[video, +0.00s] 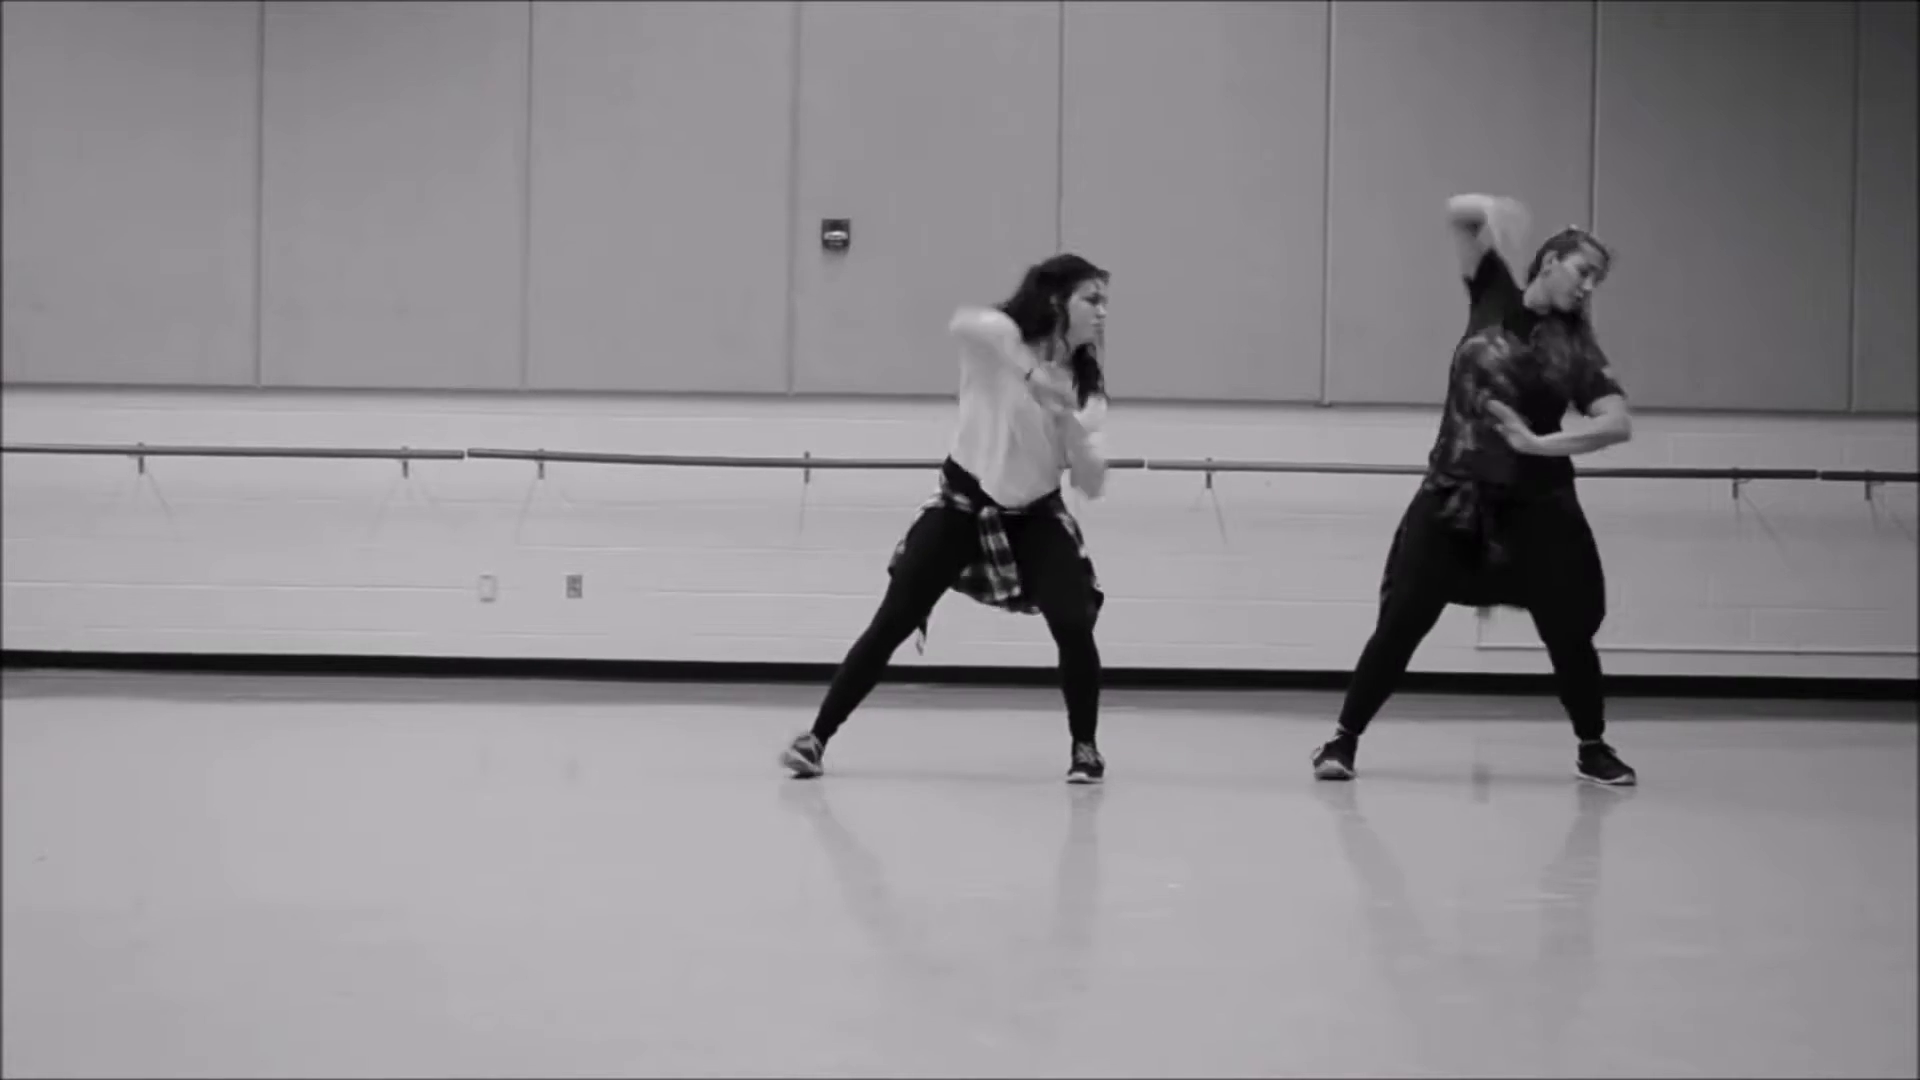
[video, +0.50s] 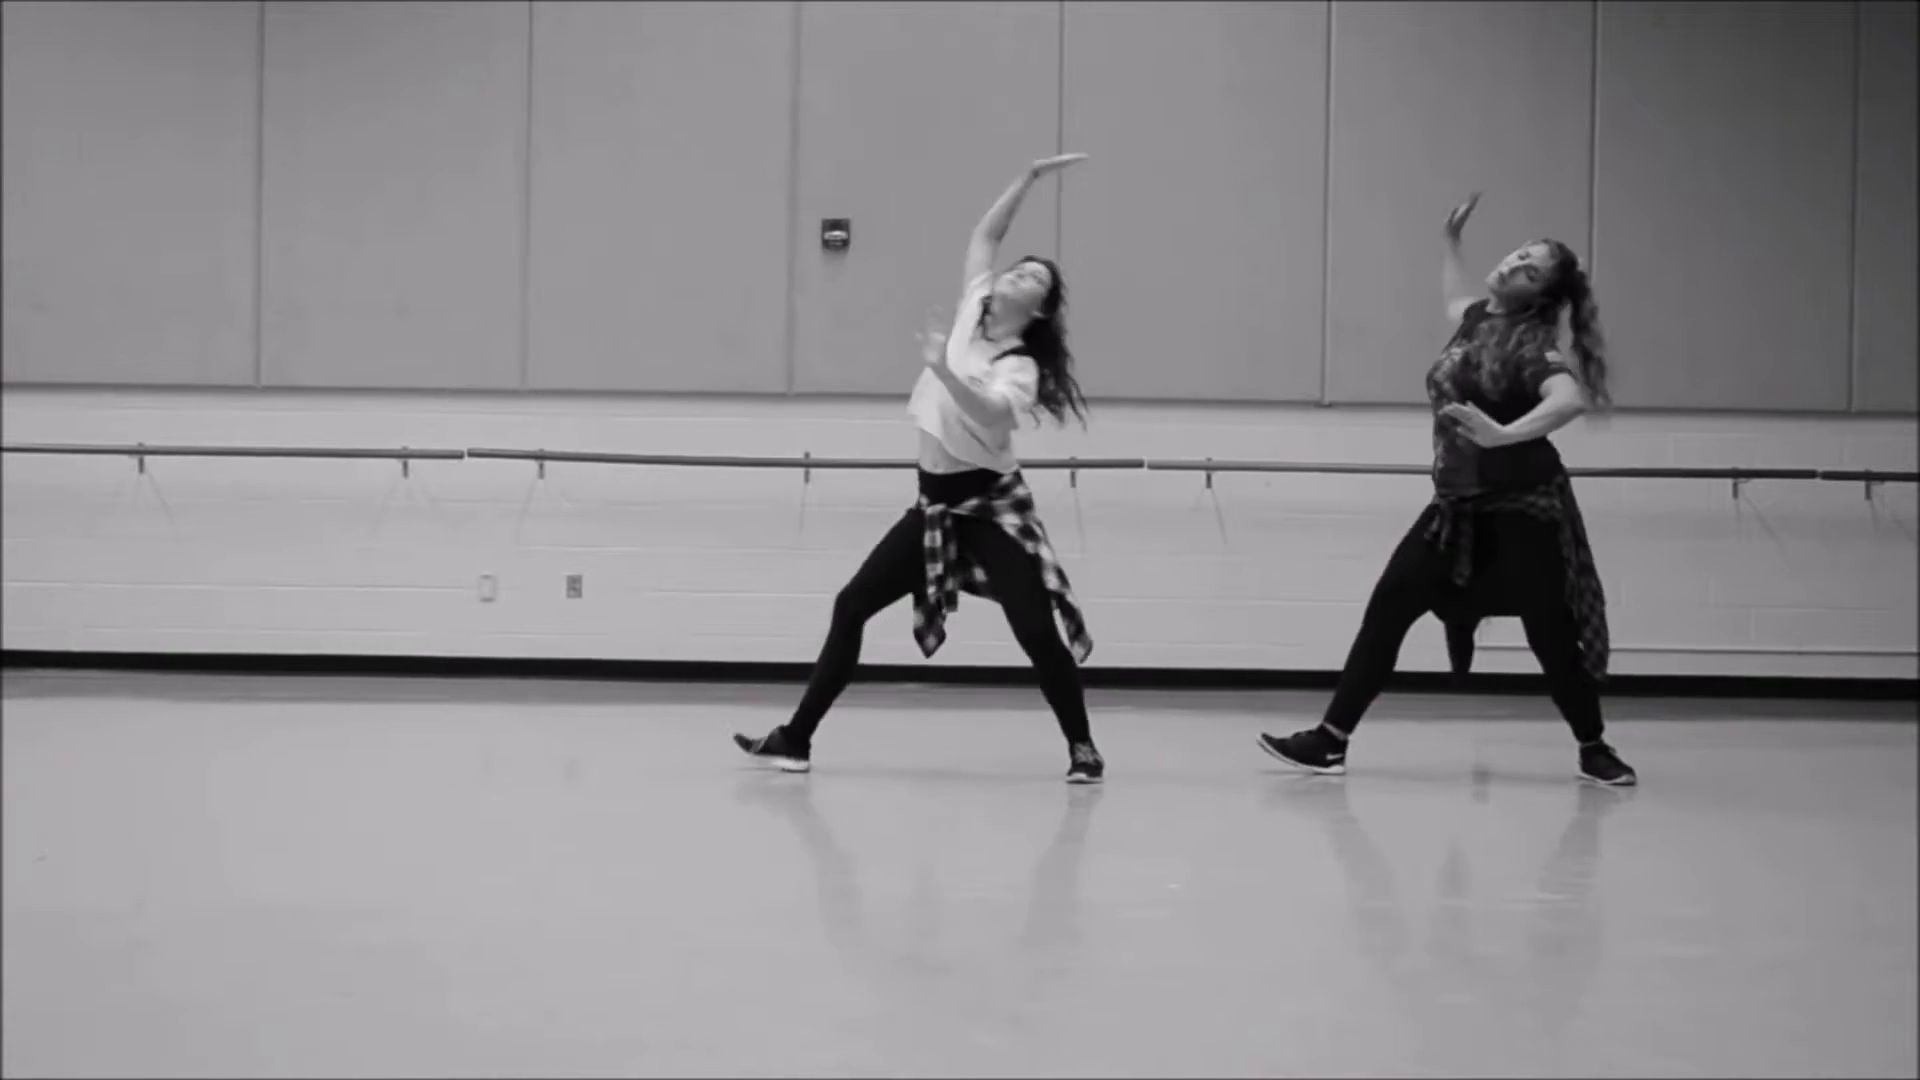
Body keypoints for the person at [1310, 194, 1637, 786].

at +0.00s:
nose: (1589, 286)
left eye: (1595, 279)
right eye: (1584, 270)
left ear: (1592, 286)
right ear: (1550, 259)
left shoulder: (1577, 349)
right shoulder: (1493, 297)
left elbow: (1616, 423)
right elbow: (1458, 215)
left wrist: (1538, 443)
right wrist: (1494, 210)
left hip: (1535, 507)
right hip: (1453, 497)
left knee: (1569, 635)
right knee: (1401, 623)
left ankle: (1593, 748)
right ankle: (1343, 741)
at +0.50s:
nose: (1514, 262)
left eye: (1531, 266)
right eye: (1518, 254)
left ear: (1541, 295)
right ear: (1503, 265)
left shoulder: (1535, 343)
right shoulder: (1474, 323)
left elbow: (1569, 400)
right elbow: (1456, 299)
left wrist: (1505, 433)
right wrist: (1451, 245)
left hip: (1524, 507)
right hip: (1457, 506)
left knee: (1553, 635)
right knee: (1389, 605)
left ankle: (1593, 748)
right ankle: (1331, 735)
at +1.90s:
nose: (1263, 255)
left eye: (1275, 243)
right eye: (1255, 244)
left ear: (1301, 243)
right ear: (1248, 248)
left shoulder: (1327, 305)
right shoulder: (1253, 310)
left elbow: (1288, 387)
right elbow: (1229, 384)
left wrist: (1201, 396)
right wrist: (1163, 397)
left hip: (1336, 472)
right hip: (1274, 472)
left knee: (1338, 602)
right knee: (1223, 587)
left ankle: (1378, 735)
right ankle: (1209, 727)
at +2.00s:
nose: (1262, 265)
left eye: (1272, 254)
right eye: (1253, 256)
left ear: (1299, 250)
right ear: (1246, 257)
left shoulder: (1331, 310)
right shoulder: (1252, 314)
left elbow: (1296, 393)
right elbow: (1230, 387)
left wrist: (1215, 398)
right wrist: (1162, 397)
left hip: (1332, 484)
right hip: (1264, 482)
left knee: (1326, 616)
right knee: (1213, 602)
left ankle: (1411, 725)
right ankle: (1160, 716)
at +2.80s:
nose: (1237, 264)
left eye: (1244, 251)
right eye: (1224, 254)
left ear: (1265, 245)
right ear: (1209, 254)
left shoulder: (1291, 293)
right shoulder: (1200, 287)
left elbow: (1282, 377)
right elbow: (1142, 336)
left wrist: (1198, 379)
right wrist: (1119, 364)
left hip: (1302, 471)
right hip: (1226, 471)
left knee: (1341, 601)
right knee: (1195, 596)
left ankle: (1375, 725)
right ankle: (1203, 735)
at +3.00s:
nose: (1162, 260)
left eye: (1166, 245)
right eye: (1148, 257)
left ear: (1188, 238)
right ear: (1141, 266)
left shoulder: (1234, 289)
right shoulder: (1147, 299)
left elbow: (1195, 355)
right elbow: (1091, 345)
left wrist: (1114, 389)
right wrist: (1065, 387)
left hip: (1264, 464)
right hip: (1195, 468)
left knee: (1274, 588)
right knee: (1193, 600)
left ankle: (1306, 715)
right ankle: (1201, 733)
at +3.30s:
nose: (1092, 288)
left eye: (1099, 272)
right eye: (1082, 285)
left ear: (1128, 259)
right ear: (1085, 292)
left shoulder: (1141, 291)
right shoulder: (1167, 300)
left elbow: (1071, 355)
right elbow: (1146, 404)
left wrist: (1063, 429)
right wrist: (1110, 463)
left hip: (1197, 473)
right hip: (1235, 466)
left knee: (1154, 603)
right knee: (1216, 598)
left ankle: (1164, 745)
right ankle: (1216, 726)